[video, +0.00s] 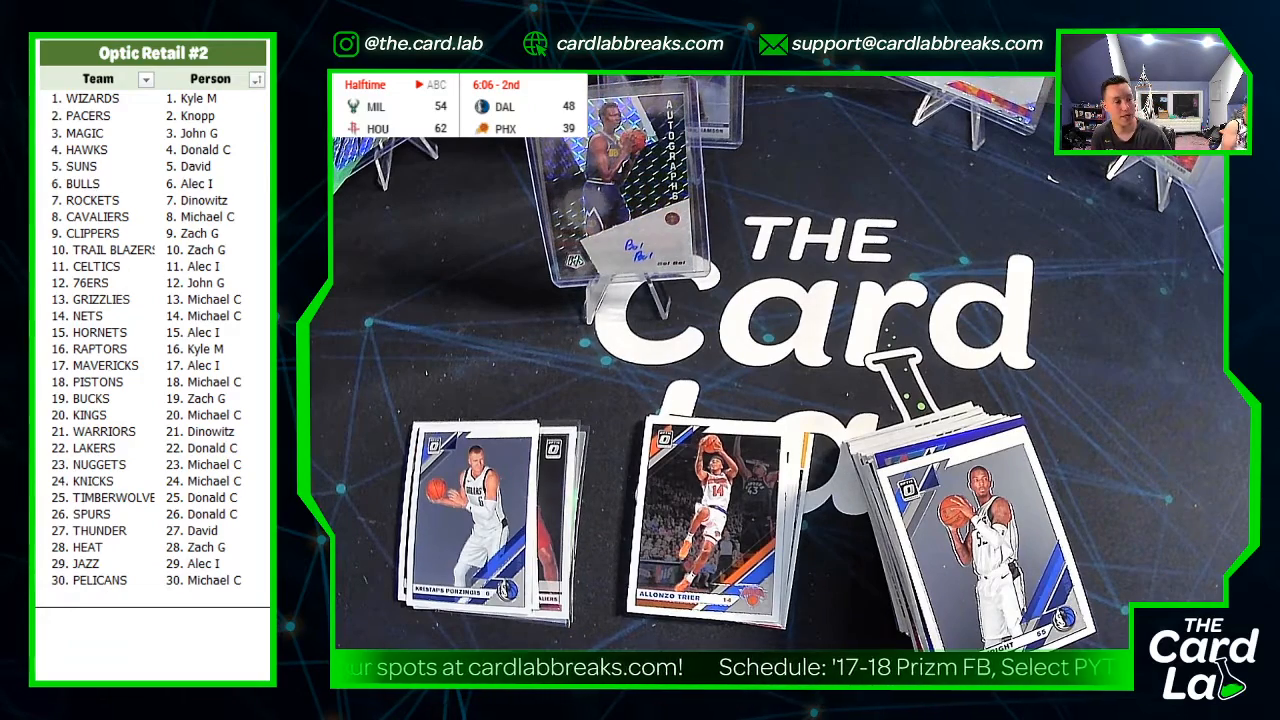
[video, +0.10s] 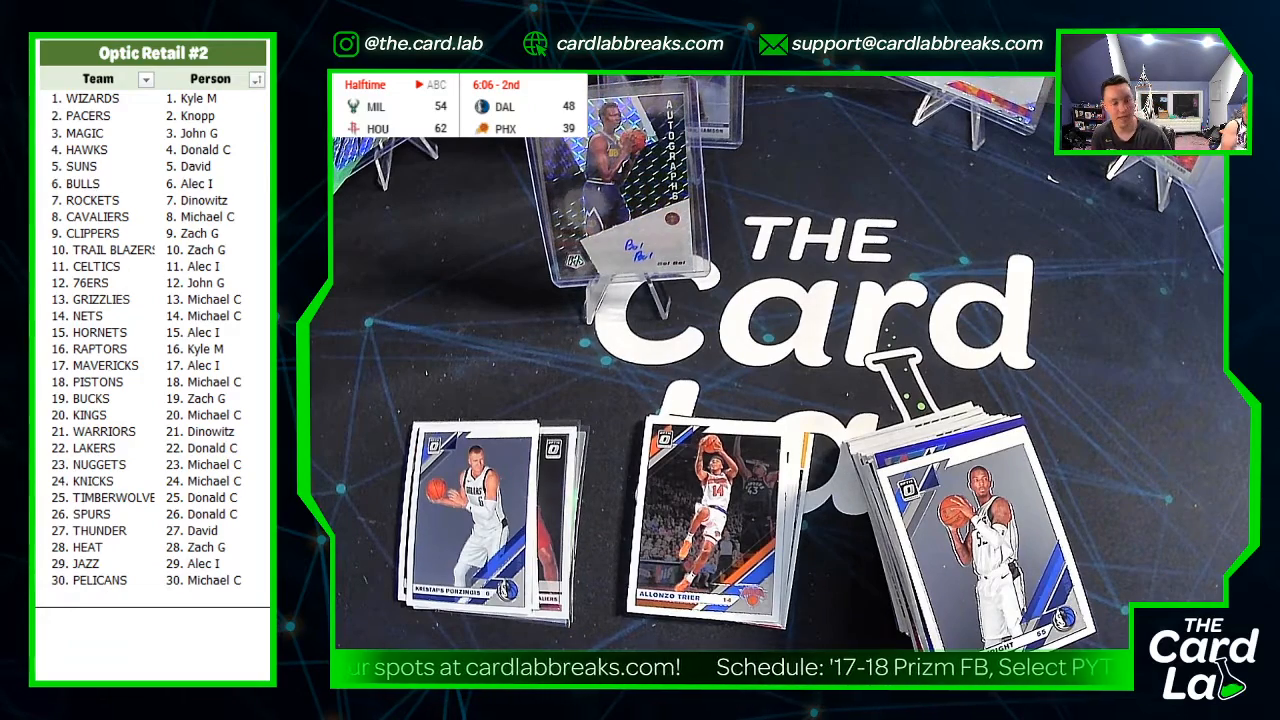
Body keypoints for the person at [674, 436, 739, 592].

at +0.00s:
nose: (714, 463)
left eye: (717, 461)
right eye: (713, 461)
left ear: (721, 465)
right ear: (710, 465)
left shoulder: (727, 476)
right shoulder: (706, 476)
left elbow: (734, 468)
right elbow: (698, 470)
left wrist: (722, 452)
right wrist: (700, 451)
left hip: (721, 513)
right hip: (706, 507)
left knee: (707, 550)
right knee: (704, 511)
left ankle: (688, 578)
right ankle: (688, 539)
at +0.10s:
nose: (714, 463)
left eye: (717, 461)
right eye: (713, 461)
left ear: (721, 465)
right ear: (710, 465)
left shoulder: (727, 476)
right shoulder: (706, 476)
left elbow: (734, 468)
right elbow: (698, 470)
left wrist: (722, 452)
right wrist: (700, 451)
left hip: (721, 513)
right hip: (706, 507)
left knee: (707, 550)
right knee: (704, 511)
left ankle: (688, 578)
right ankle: (688, 539)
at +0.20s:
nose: (714, 463)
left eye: (717, 461)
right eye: (713, 461)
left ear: (721, 465)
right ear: (710, 465)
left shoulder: (727, 476)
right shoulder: (706, 477)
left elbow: (734, 468)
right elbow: (698, 470)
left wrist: (722, 452)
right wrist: (700, 451)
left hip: (721, 513)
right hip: (706, 507)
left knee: (707, 550)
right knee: (704, 511)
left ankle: (688, 578)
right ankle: (688, 539)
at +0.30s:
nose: (714, 463)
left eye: (717, 461)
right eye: (713, 461)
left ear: (721, 465)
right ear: (710, 465)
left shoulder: (727, 476)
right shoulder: (706, 477)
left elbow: (734, 468)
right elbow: (698, 470)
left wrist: (722, 452)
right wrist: (700, 451)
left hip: (721, 513)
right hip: (706, 507)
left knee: (707, 550)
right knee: (704, 511)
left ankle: (688, 578)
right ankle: (688, 539)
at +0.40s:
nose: (714, 463)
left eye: (717, 461)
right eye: (713, 461)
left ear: (721, 465)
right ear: (710, 465)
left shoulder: (727, 476)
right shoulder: (706, 477)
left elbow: (734, 468)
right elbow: (698, 470)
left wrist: (722, 452)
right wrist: (700, 451)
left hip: (721, 513)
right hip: (706, 507)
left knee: (707, 550)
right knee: (704, 511)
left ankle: (688, 578)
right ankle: (688, 539)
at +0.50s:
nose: (714, 463)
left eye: (717, 461)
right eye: (713, 461)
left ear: (721, 465)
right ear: (710, 465)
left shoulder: (727, 476)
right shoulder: (706, 477)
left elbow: (734, 468)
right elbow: (698, 470)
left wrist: (722, 452)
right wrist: (700, 451)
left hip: (721, 513)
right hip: (706, 507)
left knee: (707, 550)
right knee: (704, 511)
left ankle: (688, 578)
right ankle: (688, 539)